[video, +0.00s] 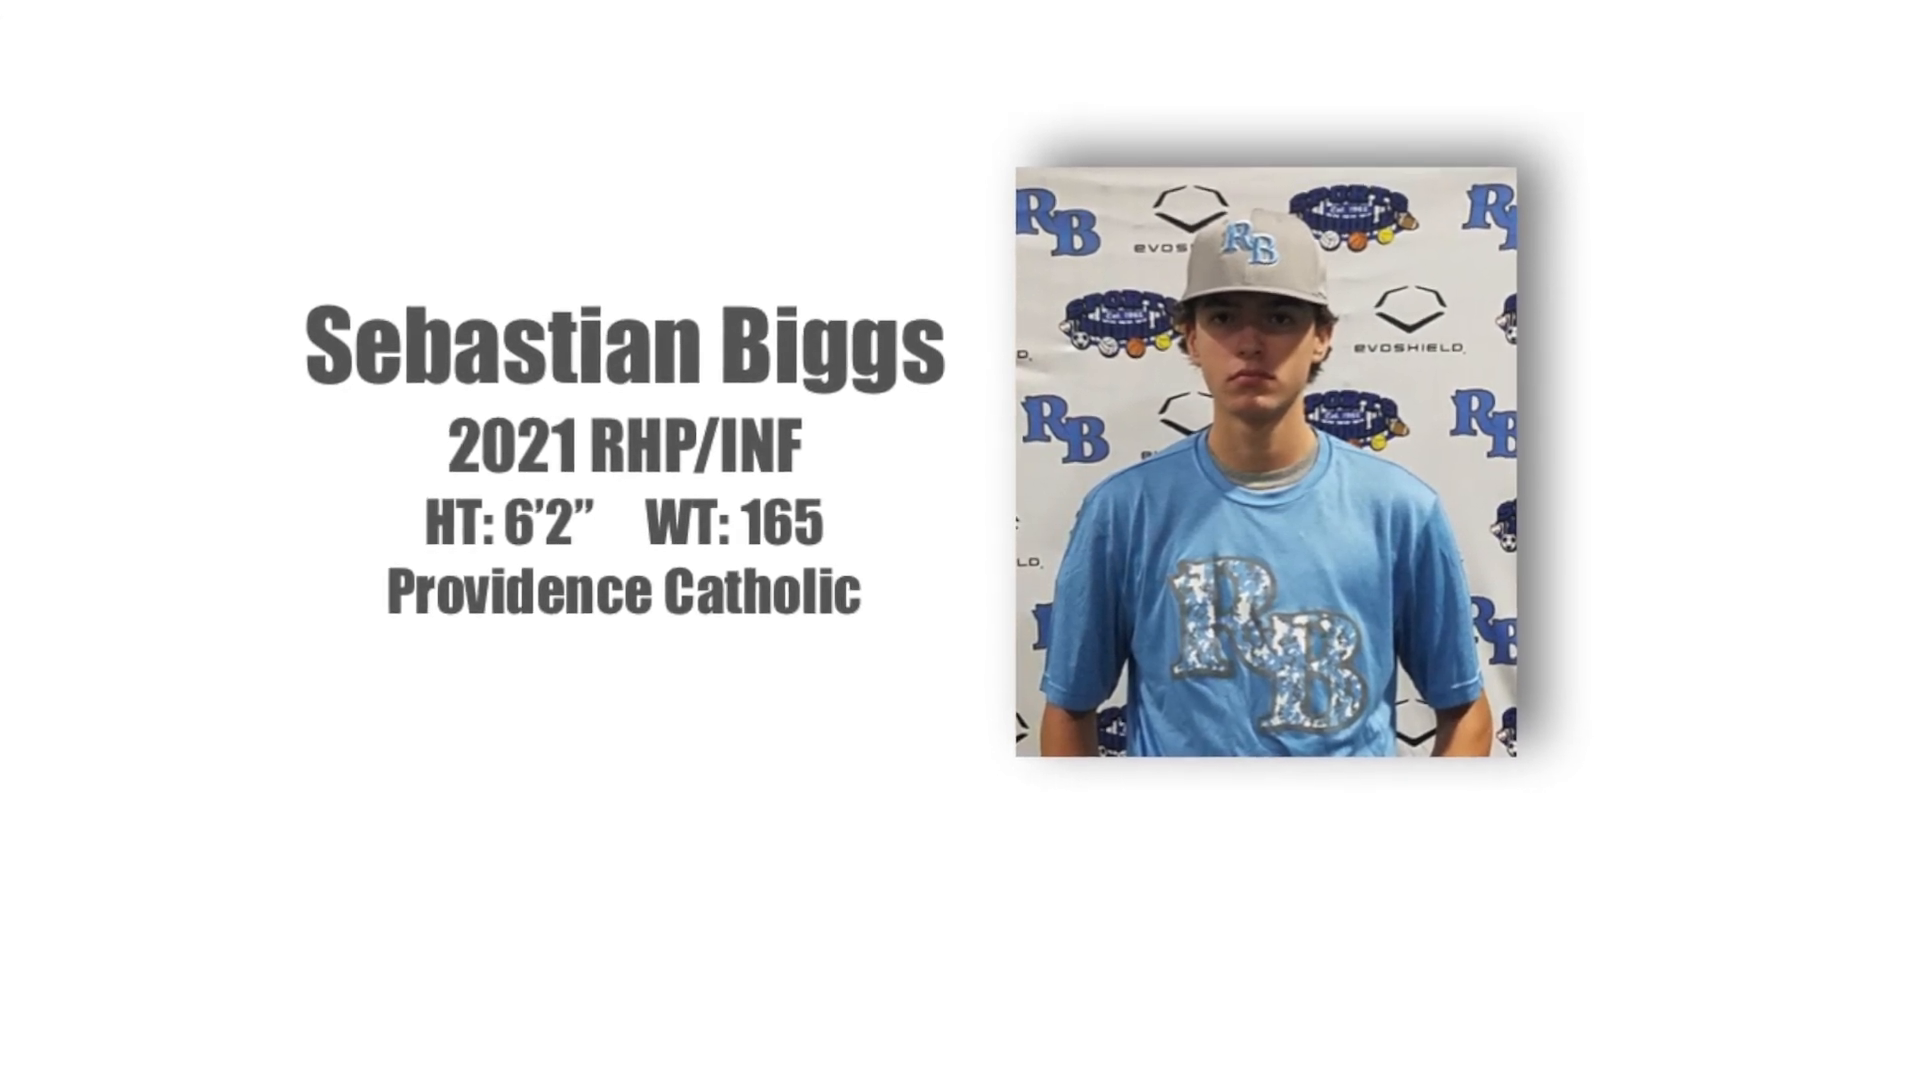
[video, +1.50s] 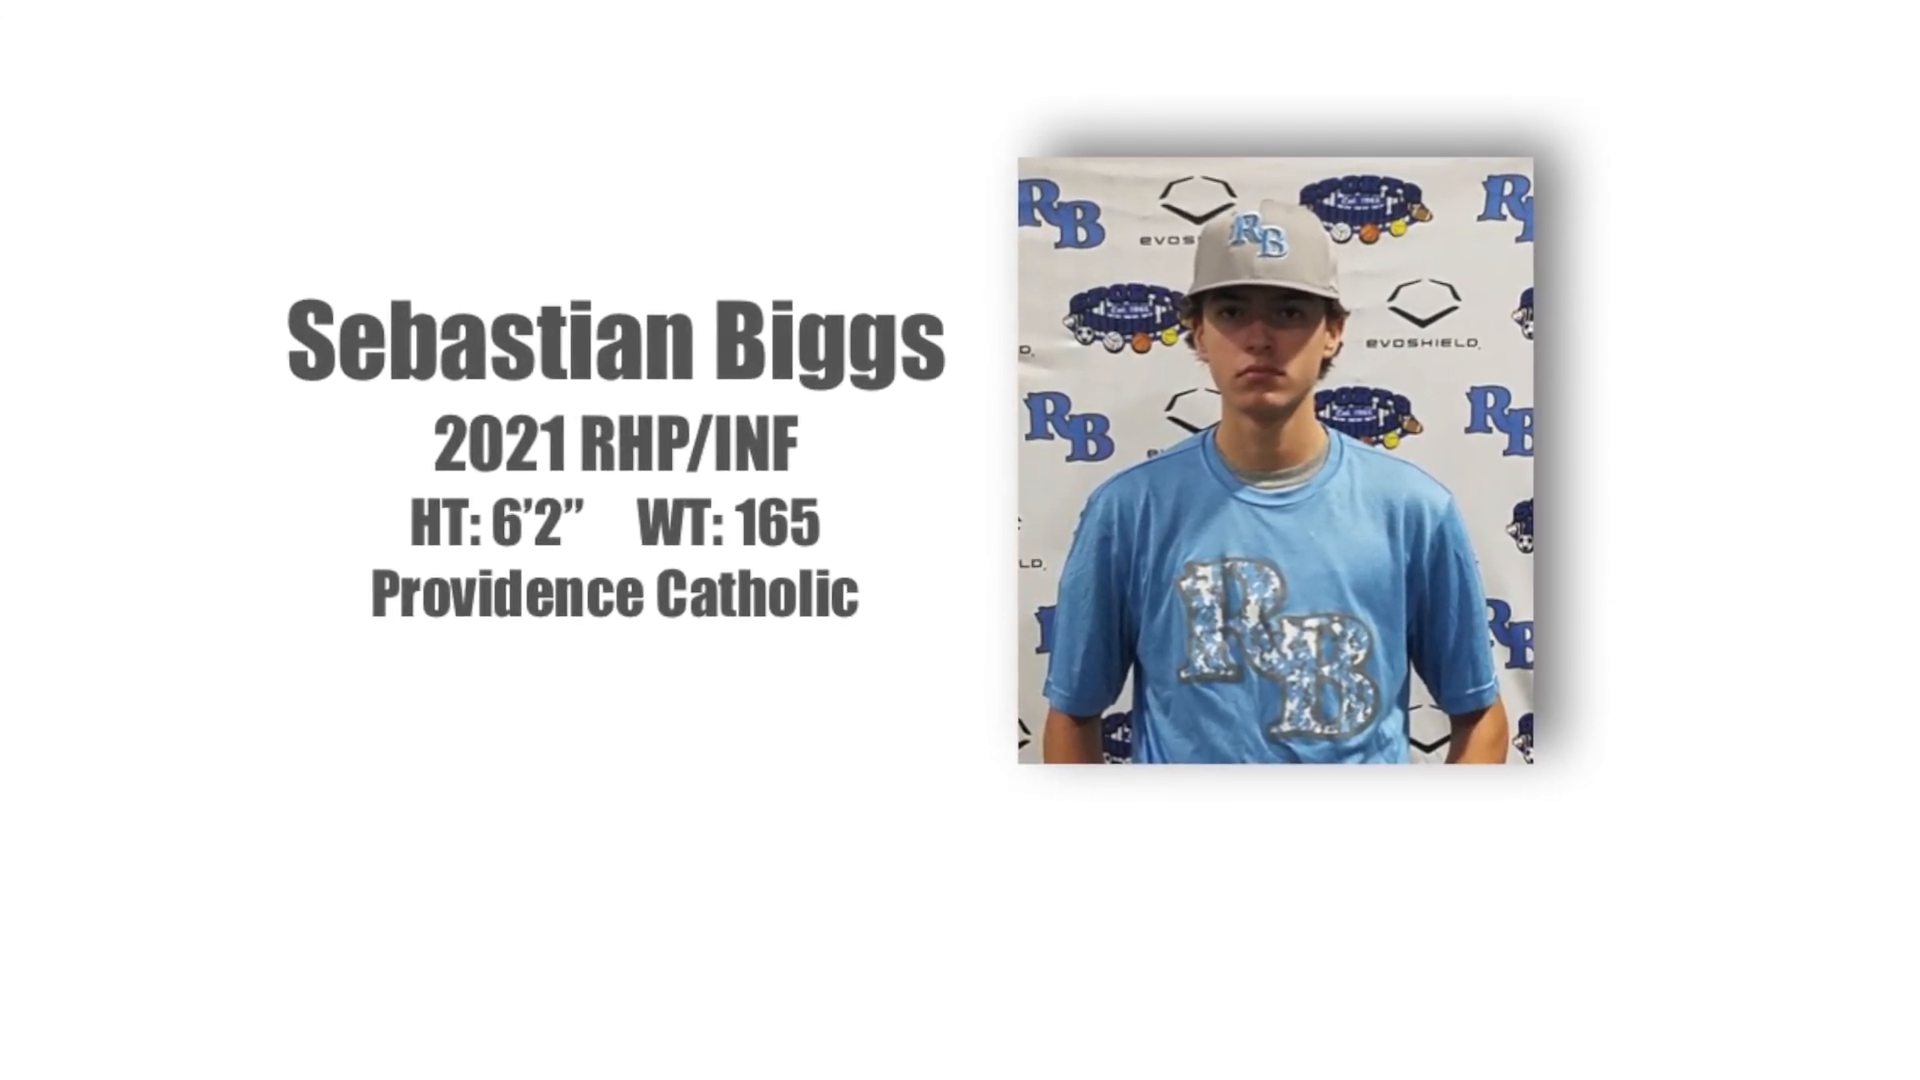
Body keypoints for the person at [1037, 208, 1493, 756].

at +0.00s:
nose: (1251, 342)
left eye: (1279, 317)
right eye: (1226, 318)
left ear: (1320, 340)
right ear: (1191, 339)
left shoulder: (1402, 511)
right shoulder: (1120, 513)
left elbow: (1466, 712)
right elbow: (1069, 714)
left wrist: (1426, 832)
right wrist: (1080, 838)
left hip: (1357, 828)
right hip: (1174, 829)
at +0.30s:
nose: (1252, 341)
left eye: (1281, 316)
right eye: (1228, 317)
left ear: (1322, 338)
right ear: (1192, 339)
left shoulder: (1405, 511)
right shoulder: (1121, 513)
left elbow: (1469, 712)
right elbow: (1070, 715)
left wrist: (1429, 835)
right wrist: (1080, 840)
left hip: (1360, 832)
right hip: (1176, 831)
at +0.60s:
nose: (1254, 340)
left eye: (1283, 315)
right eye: (1229, 316)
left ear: (1325, 337)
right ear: (1194, 338)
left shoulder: (1407, 511)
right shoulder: (1122, 513)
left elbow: (1472, 714)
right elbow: (1071, 717)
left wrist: (1432, 835)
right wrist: (1084, 842)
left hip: (1362, 832)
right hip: (1177, 832)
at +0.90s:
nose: (1256, 339)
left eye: (1285, 314)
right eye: (1231, 314)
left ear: (1327, 336)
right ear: (1195, 337)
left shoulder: (1409, 511)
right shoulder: (1123, 513)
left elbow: (1475, 715)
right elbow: (1071, 717)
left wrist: (1435, 837)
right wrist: (1084, 844)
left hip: (1364, 834)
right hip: (1179, 834)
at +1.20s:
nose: (1258, 338)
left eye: (1287, 313)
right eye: (1233, 313)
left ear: (1329, 335)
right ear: (1196, 335)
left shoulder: (1412, 511)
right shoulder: (1124, 514)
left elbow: (1479, 716)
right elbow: (1072, 719)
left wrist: (1436, 839)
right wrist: (1086, 846)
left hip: (1367, 836)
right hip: (1181, 835)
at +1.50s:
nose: (1260, 337)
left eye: (1289, 312)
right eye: (1234, 312)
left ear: (1331, 334)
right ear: (1198, 335)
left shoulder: (1415, 511)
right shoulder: (1125, 514)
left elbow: (1482, 717)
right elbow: (1073, 720)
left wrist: (1440, 841)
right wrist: (1086, 847)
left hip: (1370, 837)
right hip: (1182, 837)